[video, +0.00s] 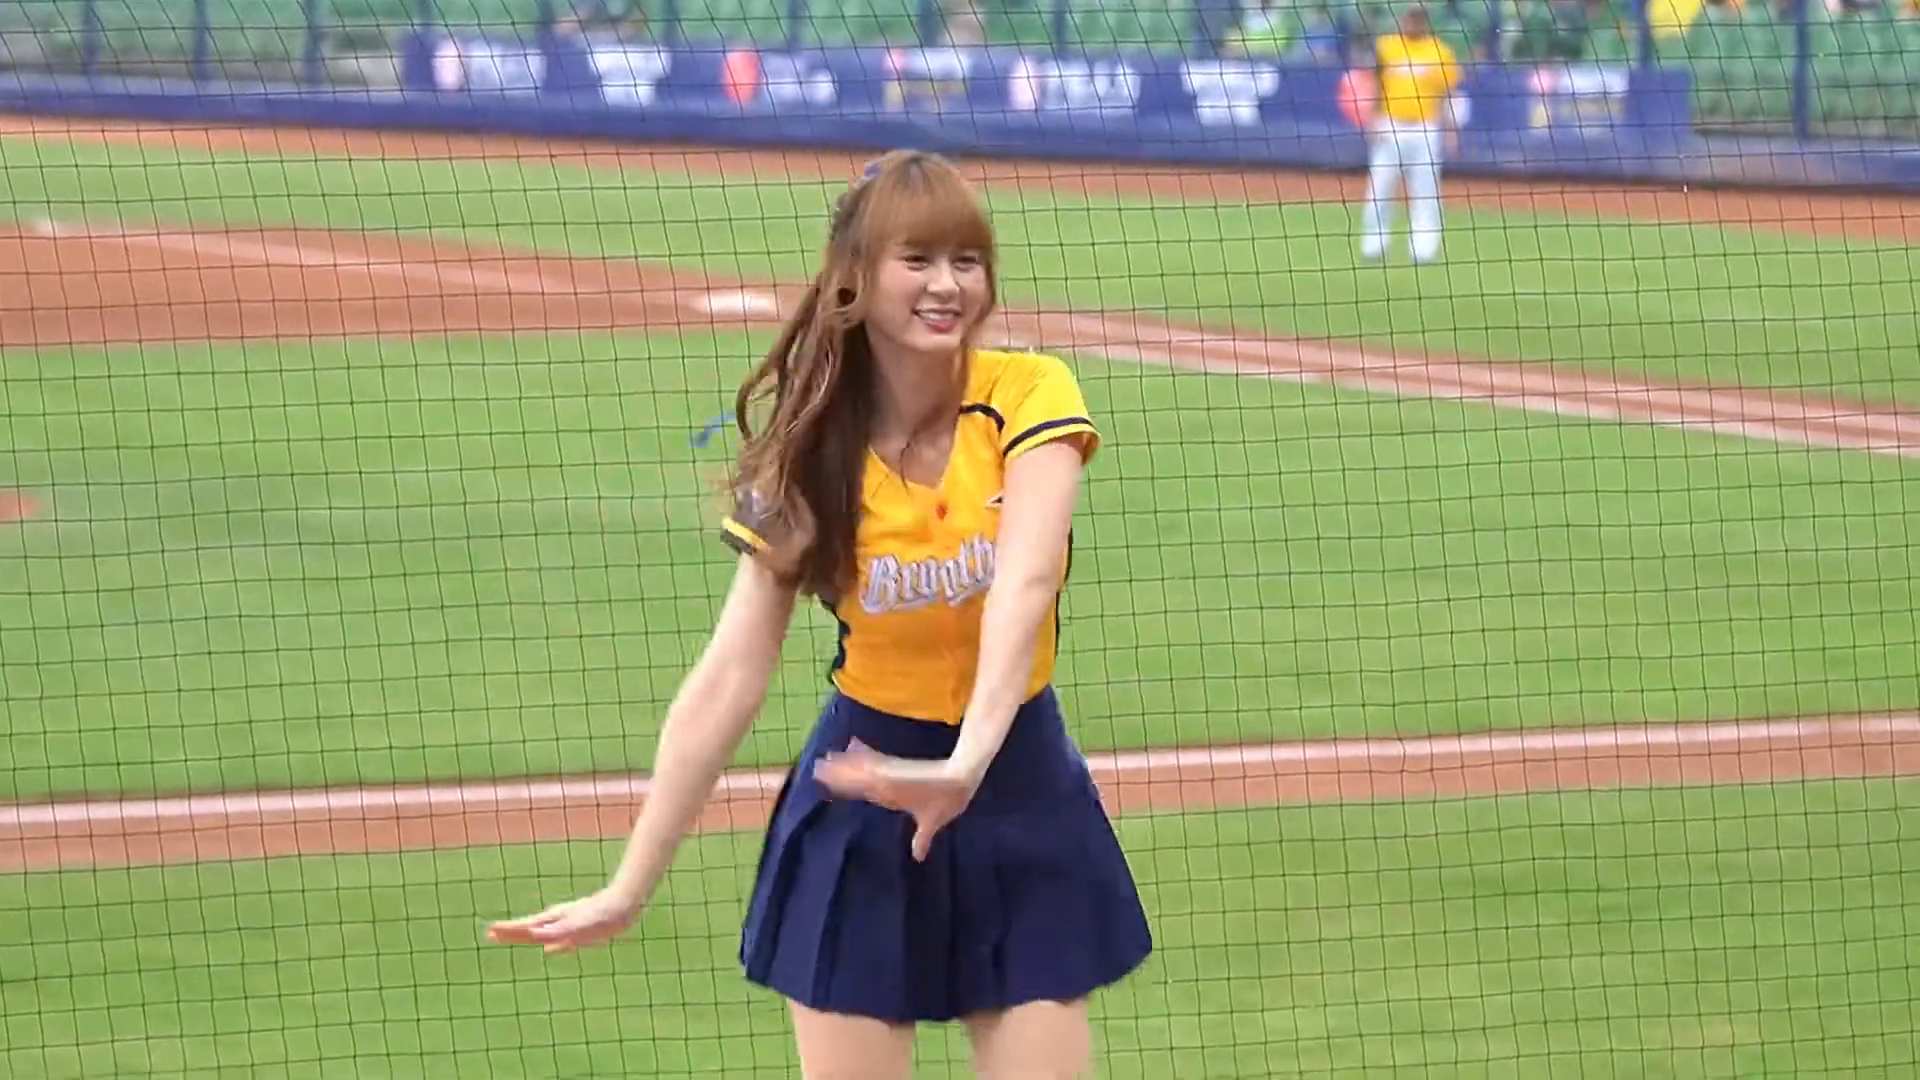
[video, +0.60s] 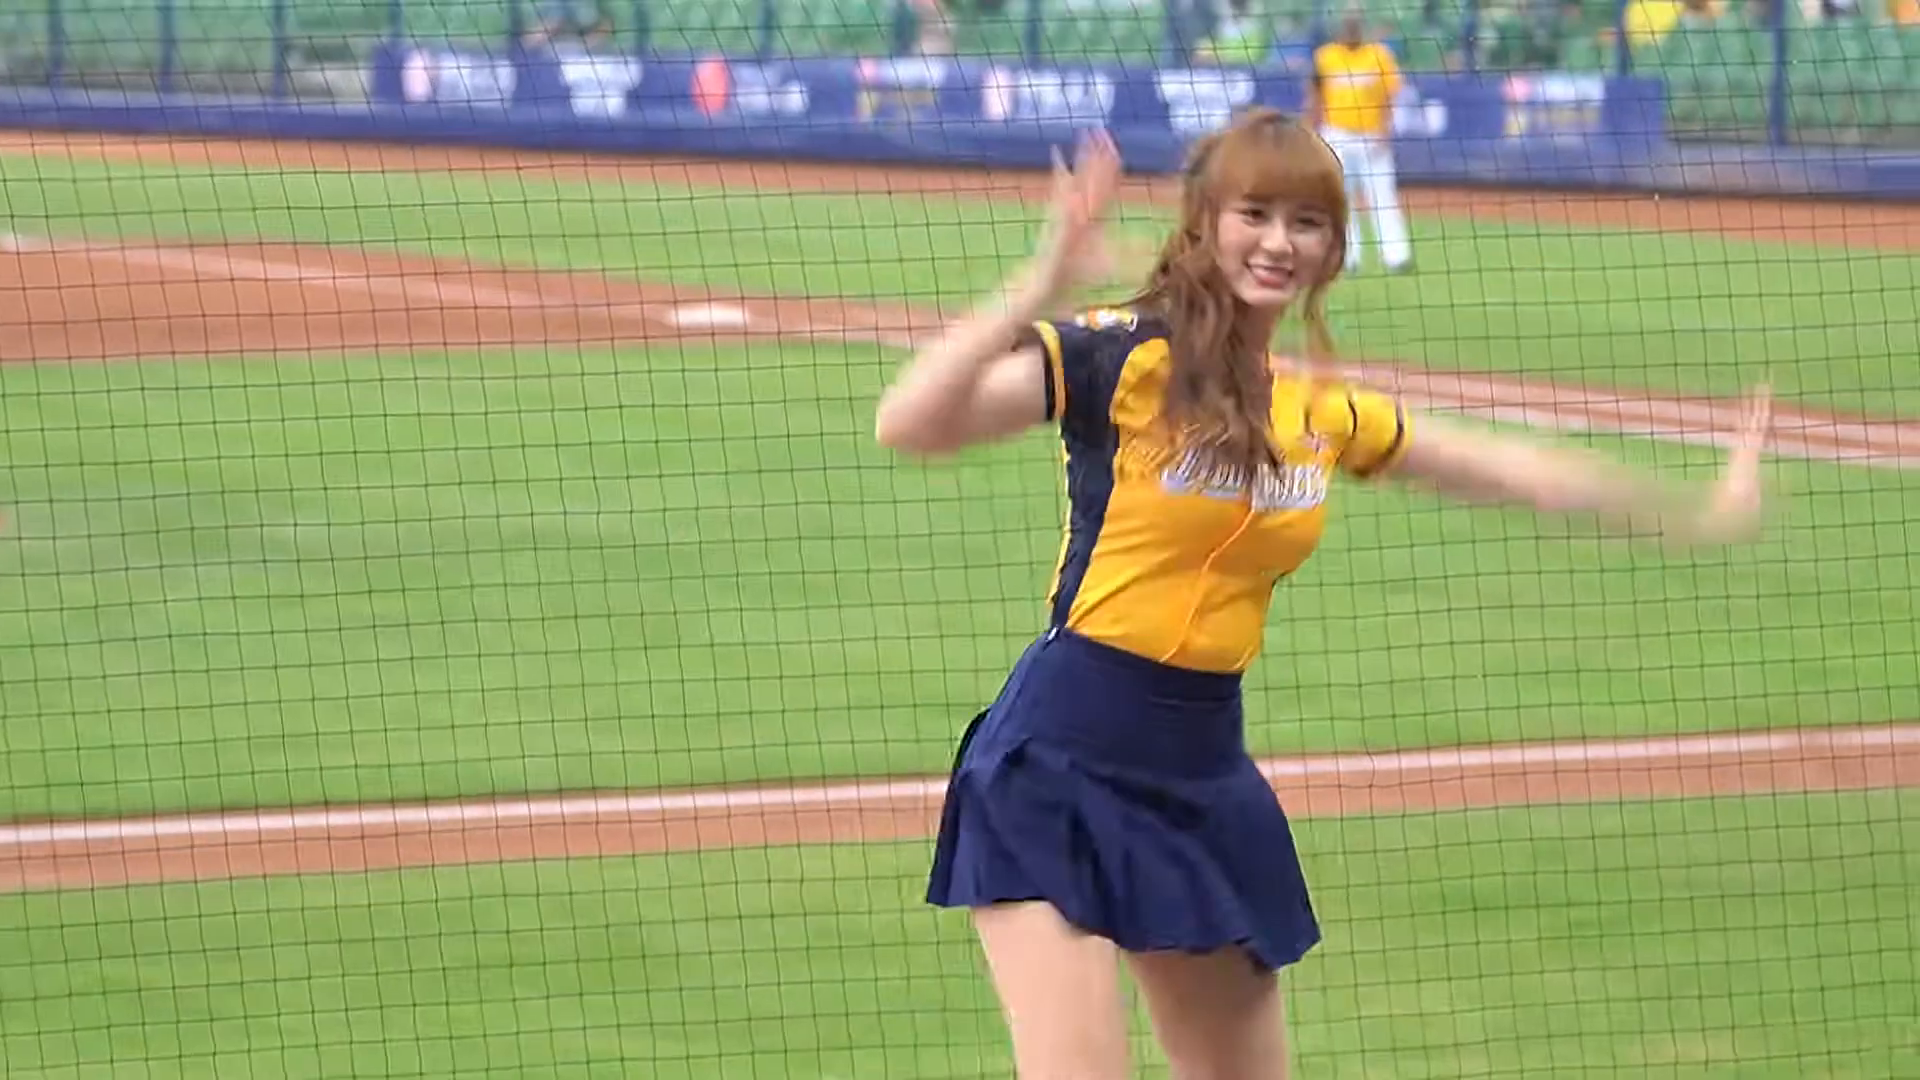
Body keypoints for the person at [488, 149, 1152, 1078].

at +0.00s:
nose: (947, 284)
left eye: (966, 260)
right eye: (916, 259)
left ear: (989, 277)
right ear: (854, 279)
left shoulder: (1031, 393)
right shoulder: (813, 447)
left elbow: (1028, 581)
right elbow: (727, 677)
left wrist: (970, 756)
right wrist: (628, 888)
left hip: (1019, 787)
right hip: (860, 784)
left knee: (1047, 1057)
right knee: (849, 1059)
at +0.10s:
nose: (993, 283)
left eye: (1013, 258)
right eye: (964, 258)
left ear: (1034, 268)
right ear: (901, 271)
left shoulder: (1070, 378)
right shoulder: (861, 439)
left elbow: (1072, 508)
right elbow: (721, 616)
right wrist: (567, 771)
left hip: (1047, 794)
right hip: (901, 797)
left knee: (1134, 1063)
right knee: (872, 1065)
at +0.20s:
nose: (1051, 224)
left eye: (1072, 196)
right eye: (1022, 200)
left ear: (1103, 208)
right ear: (970, 222)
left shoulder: (1113, 349)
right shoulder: (924, 373)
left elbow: (1169, 301)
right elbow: (729, 442)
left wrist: (1146, 251)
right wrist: (527, 472)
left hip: (1096, 734)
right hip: (960, 731)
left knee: (1202, 1063)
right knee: (909, 1067)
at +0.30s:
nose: (1124, 210)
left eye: (1146, 184)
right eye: (1093, 185)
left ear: (1169, 194)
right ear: (1038, 200)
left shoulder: (1186, 314)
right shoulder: (980, 333)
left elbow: (1265, 187)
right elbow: (781, 278)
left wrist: (1332, 65)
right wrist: (616, 189)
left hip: (1160, 719)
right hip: (1025, 714)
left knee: (1224, 1067)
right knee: (947, 1065)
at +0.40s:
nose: (1182, 250)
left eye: (1206, 224)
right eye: (1153, 226)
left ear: (1233, 240)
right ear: (1100, 240)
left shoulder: (1248, 358)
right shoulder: (1061, 370)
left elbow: (1368, 181)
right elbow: (901, 238)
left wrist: (1473, 32)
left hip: (1222, 777)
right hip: (1091, 768)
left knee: (1285, 1067)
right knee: (983, 1066)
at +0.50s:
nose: (1237, 240)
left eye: (1260, 216)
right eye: (1209, 216)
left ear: (1288, 230)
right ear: (1157, 231)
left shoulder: (1311, 370)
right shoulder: (1106, 356)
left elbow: (1487, 268)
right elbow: (913, 298)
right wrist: (941, 95)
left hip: (1225, 779)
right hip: (1089, 762)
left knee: (1279, 1064)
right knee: (1005, 1063)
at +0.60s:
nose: (1279, 242)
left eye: (1307, 223)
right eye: (1255, 213)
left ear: (1332, 250)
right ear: (1201, 223)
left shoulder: (1326, 410)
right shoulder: (1112, 358)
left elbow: (1527, 472)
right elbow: (906, 424)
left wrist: (1696, 512)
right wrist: (1038, 284)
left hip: (1202, 775)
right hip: (1055, 759)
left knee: (1251, 1063)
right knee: (1078, 1064)